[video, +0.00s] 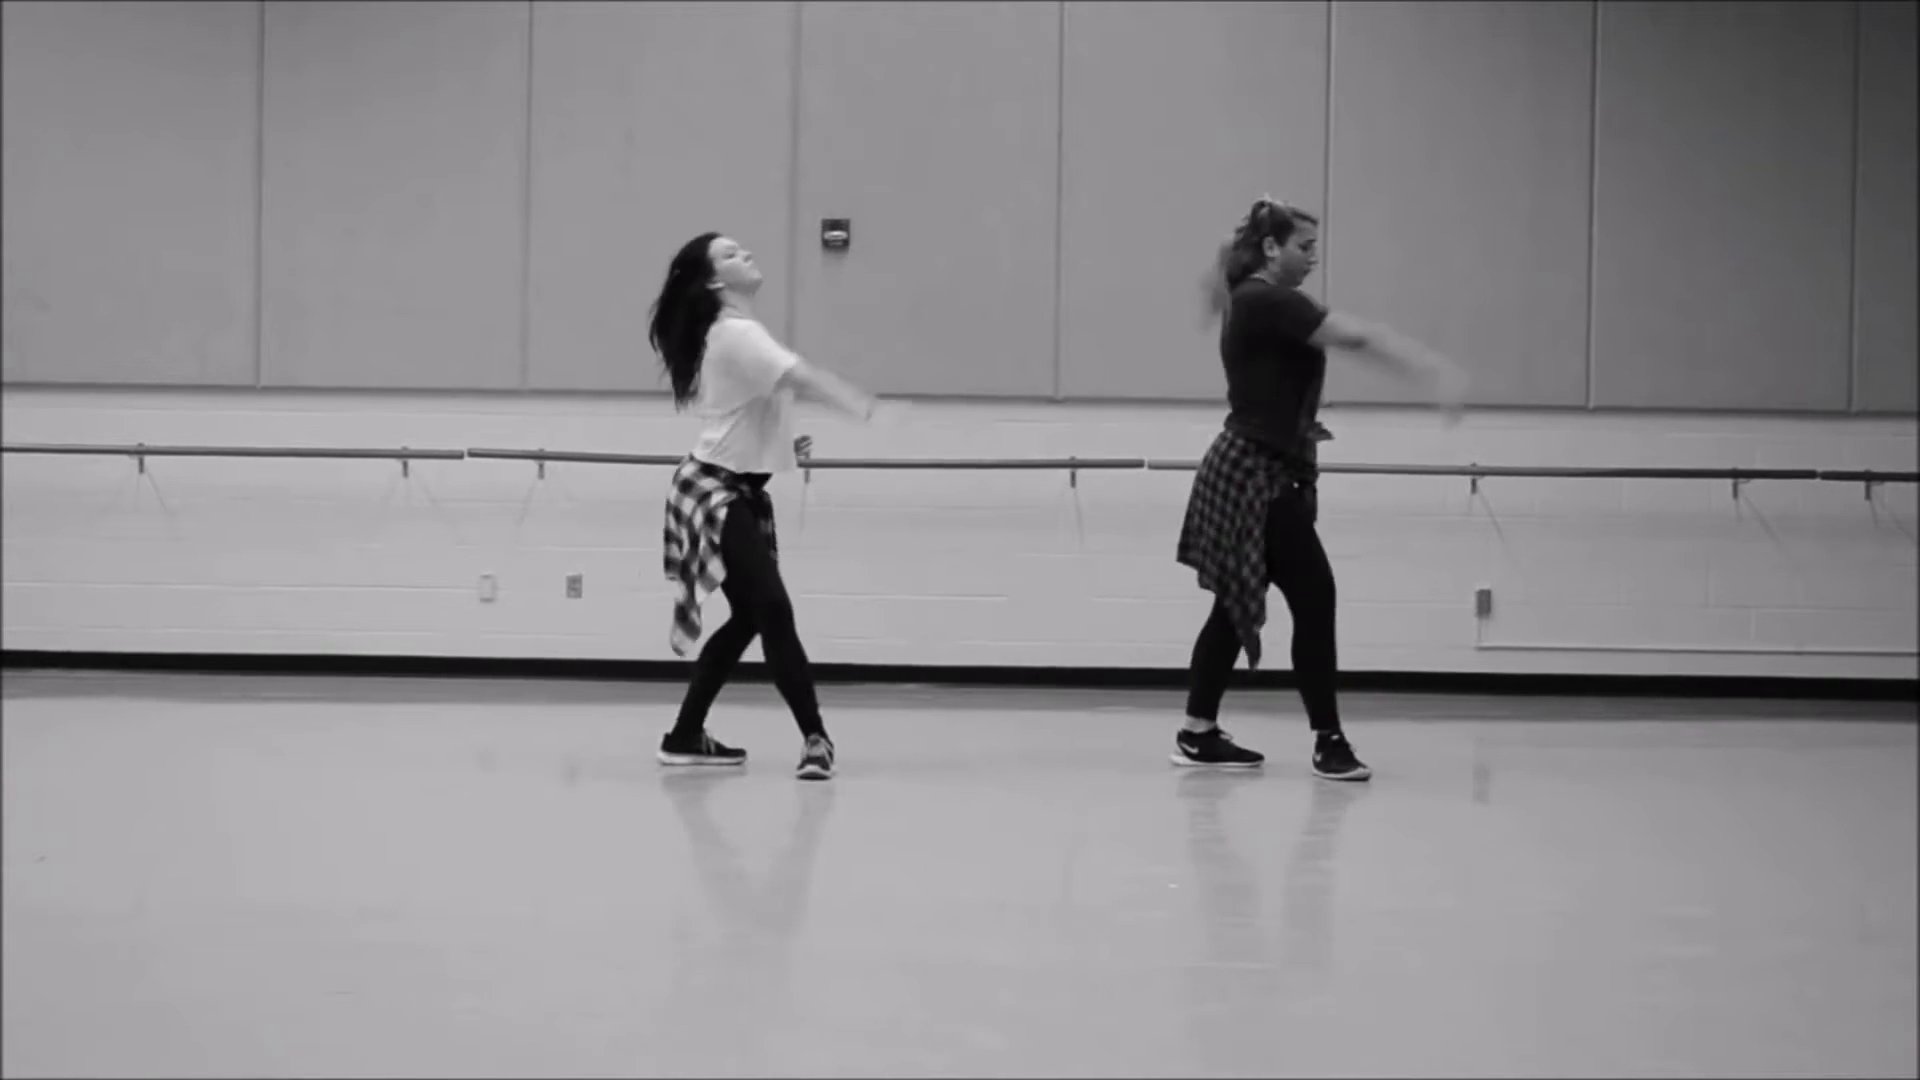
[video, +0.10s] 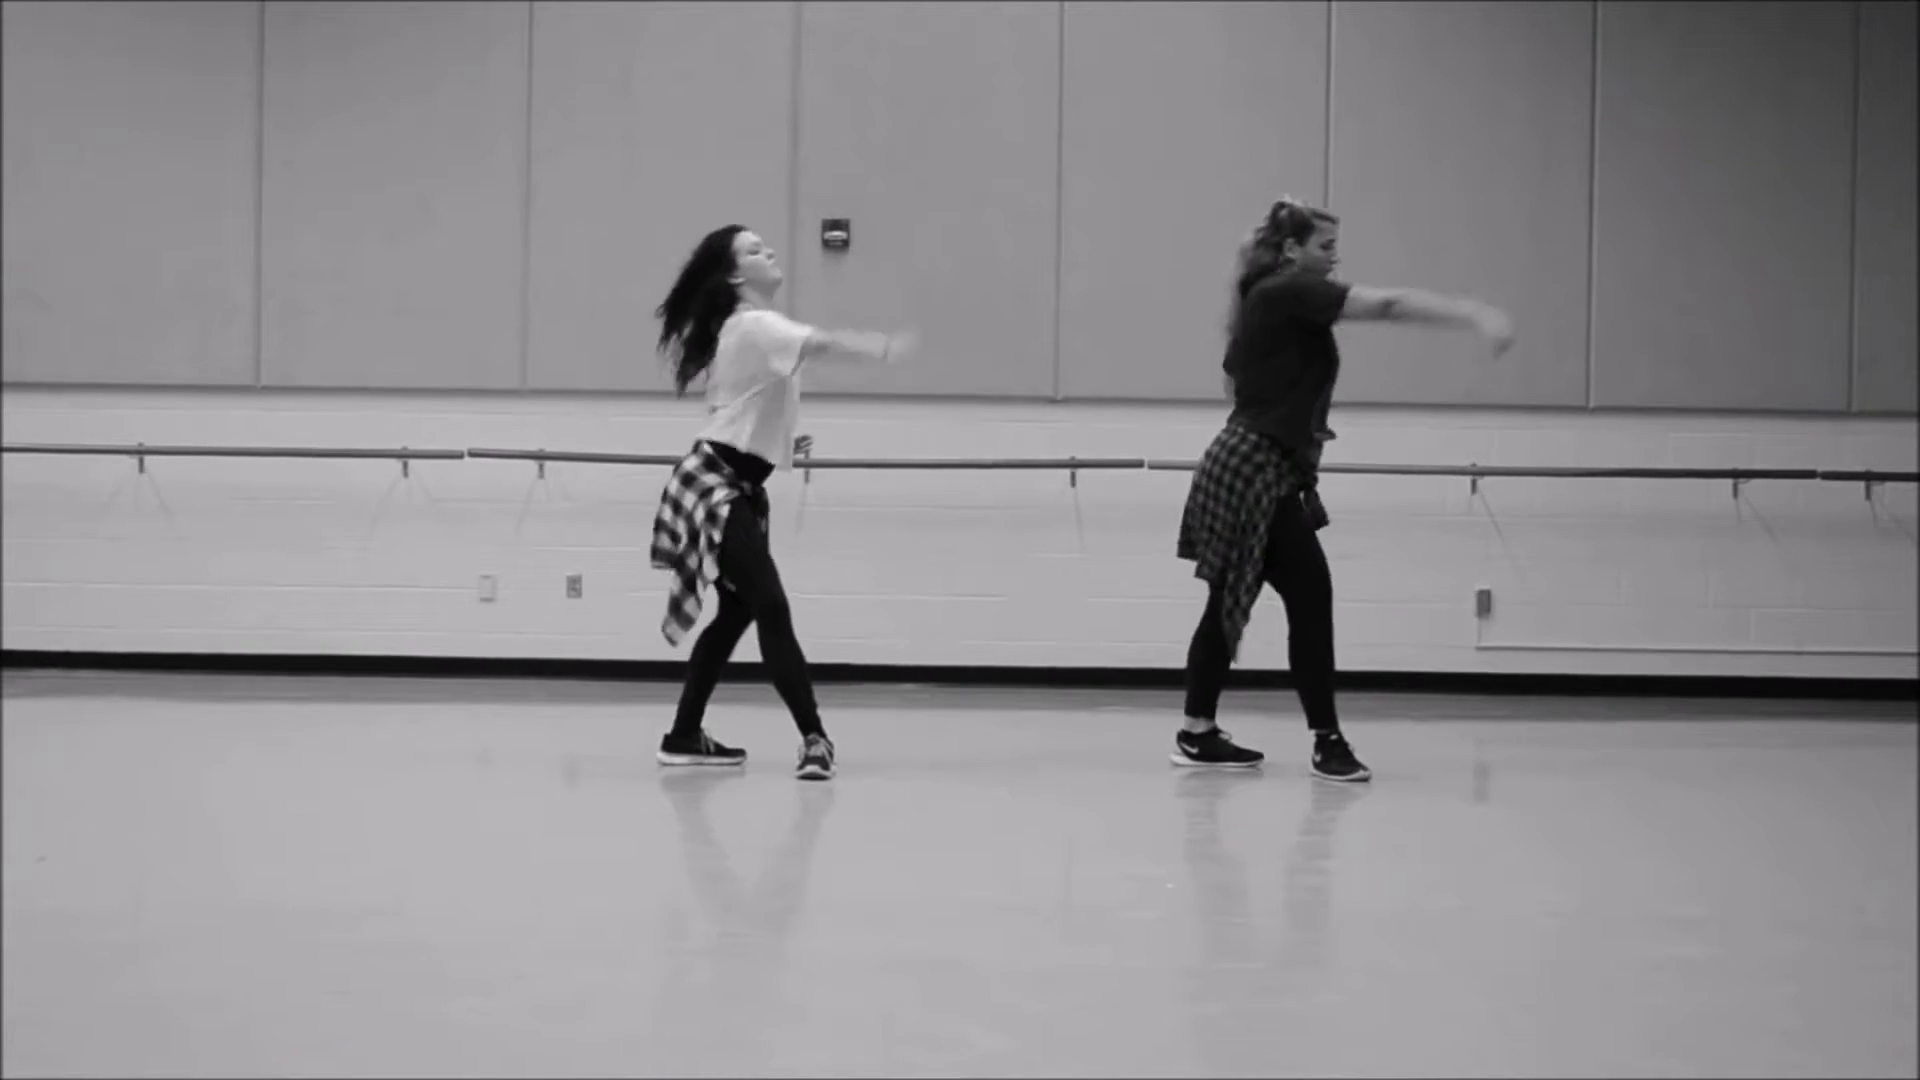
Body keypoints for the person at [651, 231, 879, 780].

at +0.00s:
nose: (747, 255)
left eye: (742, 249)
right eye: (732, 254)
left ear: (735, 276)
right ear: (712, 279)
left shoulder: (743, 329)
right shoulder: (732, 332)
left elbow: (744, 413)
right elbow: (800, 376)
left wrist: (787, 445)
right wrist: (864, 406)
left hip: (743, 491)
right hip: (720, 492)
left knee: (747, 616)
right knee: (775, 608)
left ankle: (686, 732)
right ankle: (815, 738)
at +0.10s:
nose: (771, 255)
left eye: (767, 247)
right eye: (756, 251)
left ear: (753, 270)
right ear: (732, 273)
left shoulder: (753, 325)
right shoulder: (751, 323)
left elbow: (735, 410)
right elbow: (820, 341)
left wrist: (783, 446)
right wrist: (880, 346)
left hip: (739, 488)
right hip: (720, 488)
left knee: (735, 612)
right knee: (771, 607)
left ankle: (683, 733)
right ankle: (814, 737)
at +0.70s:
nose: (891, 301)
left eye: (894, 293)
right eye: (880, 290)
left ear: (890, 302)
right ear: (849, 289)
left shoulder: (844, 366)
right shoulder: (808, 321)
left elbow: (850, 426)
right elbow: (859, 233)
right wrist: (894, 254)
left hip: (765, 488)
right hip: (735, 472)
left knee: (707, 605)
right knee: (772, 611)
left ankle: (682, 730)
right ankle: (814, 738)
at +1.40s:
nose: (864, 291)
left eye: (875, 281)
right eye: (855, 282)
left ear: (897, 287)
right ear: (843, 286)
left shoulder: (904, 360)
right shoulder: (821, 308)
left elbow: (914, 347)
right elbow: (798, 215)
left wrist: (899, 257)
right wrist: (861, 222)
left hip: (801, 490)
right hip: (763, 465)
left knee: (724, 596)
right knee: (776, 610)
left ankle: (643, 689)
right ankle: (791, 742)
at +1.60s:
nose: (858, 277)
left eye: (866, 267)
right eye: (849, 269)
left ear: (892, 270)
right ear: (840, 276)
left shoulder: (925, 335)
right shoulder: (819, 305)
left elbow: (887, 284)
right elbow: (752, 258)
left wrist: (873, 218)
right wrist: (814, 215)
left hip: (842, 491)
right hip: (794, 463)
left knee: (755, 594)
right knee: (798, 610)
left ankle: (655, 534)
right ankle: (795, 741)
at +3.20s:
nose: (1069, 296)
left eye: (1070, 285)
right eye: (1059, 285)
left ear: (1034, 294)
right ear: (1021, 292)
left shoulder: (1080, 354)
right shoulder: (969, 353)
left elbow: (1169, 358)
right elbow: (922, 415)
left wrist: (1096, 402)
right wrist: (1000, 422)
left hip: (1041, 517)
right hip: (964, 511)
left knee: (1076, 629)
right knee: (894, 624)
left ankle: (1086, 745)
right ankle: (816, 740)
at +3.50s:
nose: (1102, 312)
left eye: (1105, 302)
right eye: (1092, 300)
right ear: (1055, 300)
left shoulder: (1086, 386)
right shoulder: (997, 342)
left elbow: (1093, 483)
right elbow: (966, 324)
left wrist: (1069, 420)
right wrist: (1028, 365)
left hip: (1036, 518)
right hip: (963, 508)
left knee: (1074, 626)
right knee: (892, 621)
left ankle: (1085, 748)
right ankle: (816, 739)